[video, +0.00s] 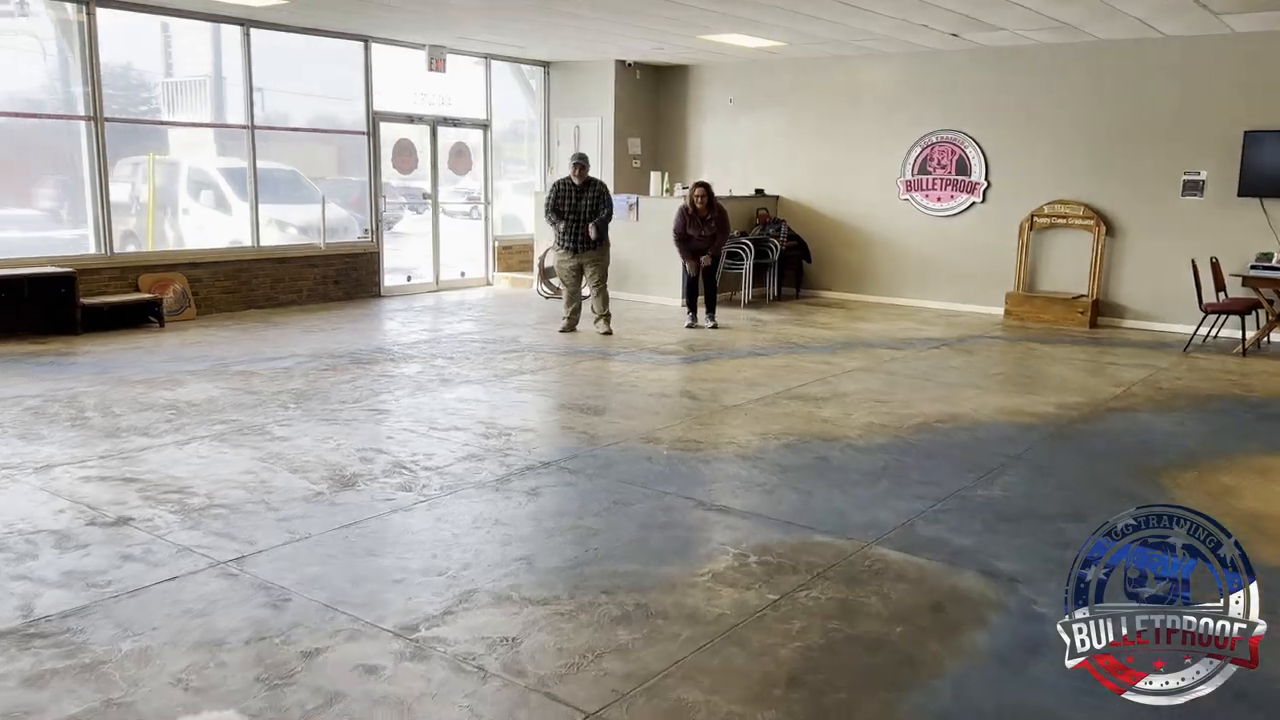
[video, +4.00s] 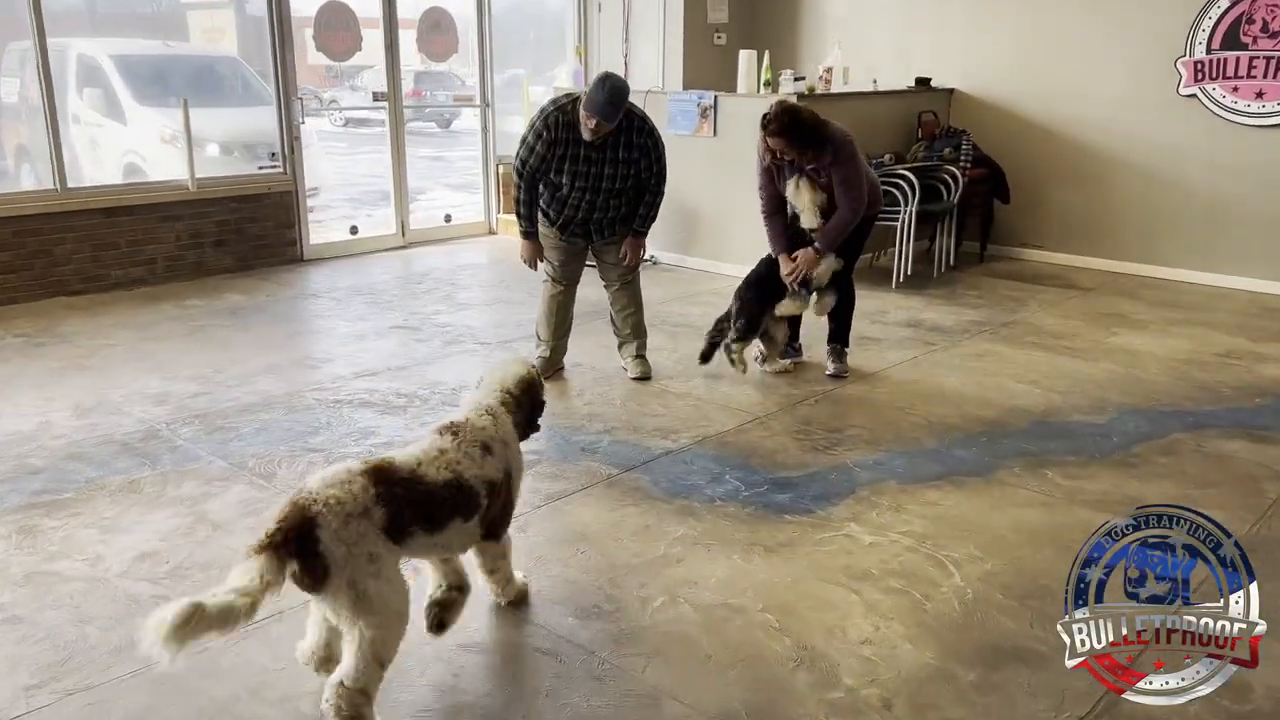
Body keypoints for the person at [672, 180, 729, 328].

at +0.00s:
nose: (699, 200)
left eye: (703, 196)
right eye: (696, 196)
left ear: (709, 197)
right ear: (692, 197)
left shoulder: (718, 211)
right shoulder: (684, 211)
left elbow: (723, 234)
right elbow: (678, 237)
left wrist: (711, 254)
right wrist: (688, 259)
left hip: (711, 250)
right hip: (691, 251)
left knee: (709, 278)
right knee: (691, 279)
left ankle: (710, 315)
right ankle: (691, 314)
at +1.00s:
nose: (684, 198)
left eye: (687, 194)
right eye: (680, 194)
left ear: (695, 194)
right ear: (675, 195)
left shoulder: (708, 209)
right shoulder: (667, 211)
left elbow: (717, 238)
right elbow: (663, 241)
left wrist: (705, 264)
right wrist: (676, 267)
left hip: (704, 258)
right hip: (681, 259)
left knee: (704, 290)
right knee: (682, 291)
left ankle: (705, 332)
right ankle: (685, 332)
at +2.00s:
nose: (688, 225)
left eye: (693, 221)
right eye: (685, 220)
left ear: (705, 218)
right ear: (681, 216)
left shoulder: (724, 230)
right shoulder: (676, 229)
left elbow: (733, 266)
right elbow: (668, 261)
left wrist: (725, 297)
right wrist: (658, 291)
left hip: (717, 283)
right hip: (689, 281)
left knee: (717, 325)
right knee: (685, 324)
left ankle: (717, 371)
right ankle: (684, 369)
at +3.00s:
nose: (776, 251)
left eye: (781, 247)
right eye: (772, 246)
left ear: (796, 241)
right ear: (767, 238)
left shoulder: (824, 245)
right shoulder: (766, 244)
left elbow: (827, 297)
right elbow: (754, 285)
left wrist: (801, 335)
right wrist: (745, 325)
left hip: (828, 288)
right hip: (788, 286)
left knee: (820, 339)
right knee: (778, 337)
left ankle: (823, 400)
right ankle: (781, 394)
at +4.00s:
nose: (778, 156)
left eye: (784, 151)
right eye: (773, 150)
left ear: (802, 142)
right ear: (766, 141)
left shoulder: (838, 144)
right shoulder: (769, 151)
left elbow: (853, 206)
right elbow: (771, 208)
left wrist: (817, 250)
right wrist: (782, 256)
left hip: (853, 207)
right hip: (807, 204)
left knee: (840, 274)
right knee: (791, 267)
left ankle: (837, 350)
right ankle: (789, 344)